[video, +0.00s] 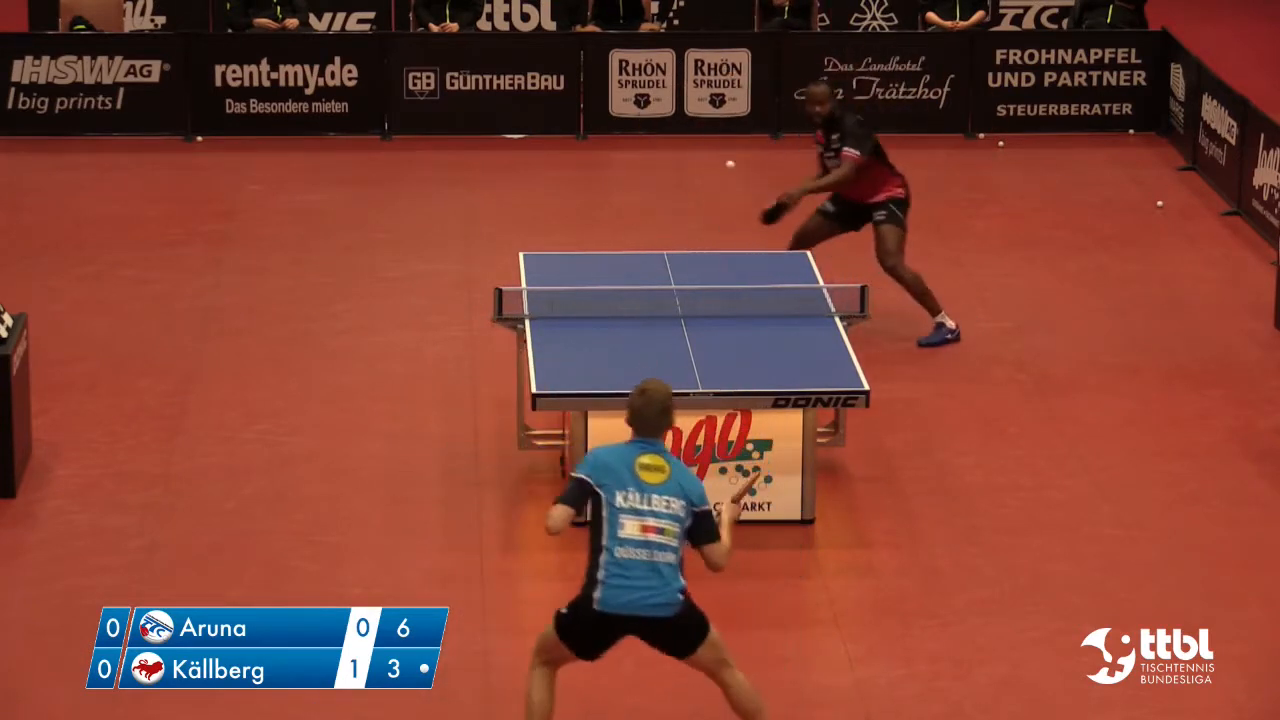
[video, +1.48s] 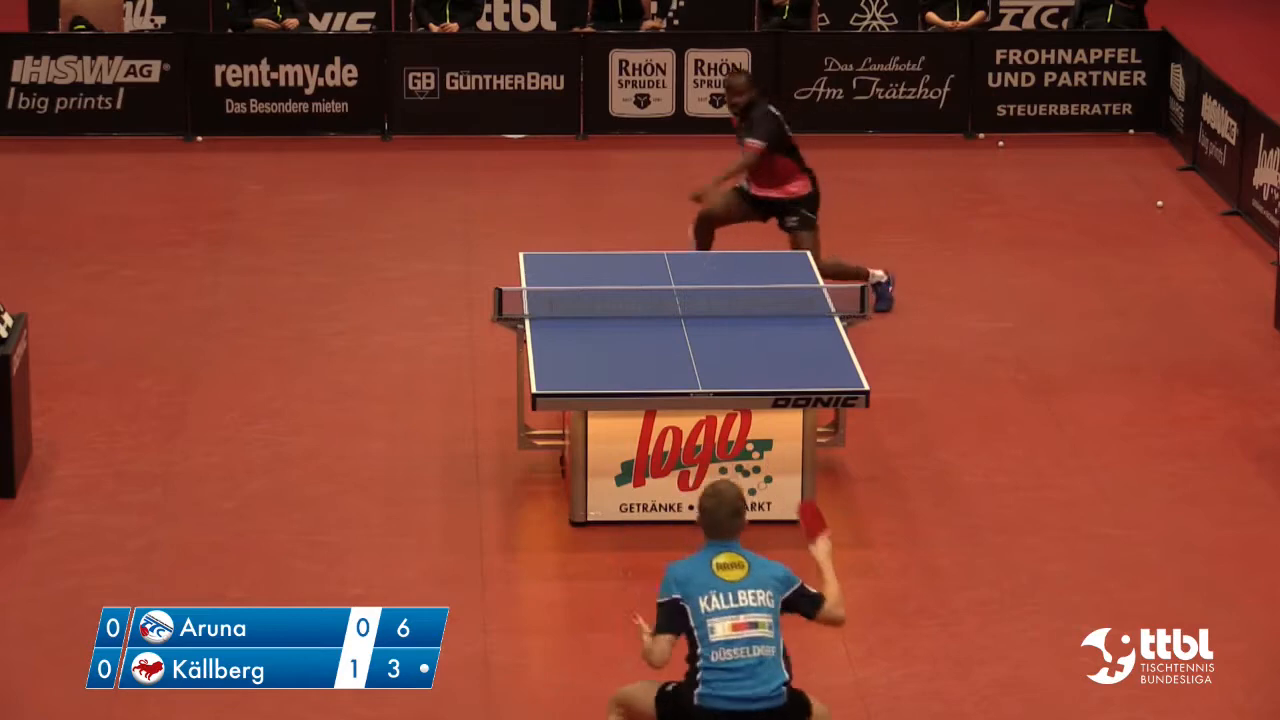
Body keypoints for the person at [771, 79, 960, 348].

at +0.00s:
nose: (816, 110)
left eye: (821, 103)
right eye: (811, 104)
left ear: (834, 101)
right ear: (806, 106)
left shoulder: (853, 125)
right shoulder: (821, 131)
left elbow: (845, 172)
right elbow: (823, 177)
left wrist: (799, 192)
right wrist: (787, 203)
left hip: (887, 196)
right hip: (851, 198)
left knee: (890, 261)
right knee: (800, 241)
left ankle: (945, 323)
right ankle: (788, 311)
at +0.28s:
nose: (839, 97)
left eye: (844, 90)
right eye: (836, 91)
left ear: (859, 85)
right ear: (836, 89)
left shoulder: (862, 111)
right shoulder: (883, 98)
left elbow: (836, 148)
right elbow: (920, 119)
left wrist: (796, 174)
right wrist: (929, 142)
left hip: (903, 191)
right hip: (881, 188)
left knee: (888, 264)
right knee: (842, 226)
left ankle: (945, 322)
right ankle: (858, 293)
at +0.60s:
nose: (907, 45)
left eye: (913, 39)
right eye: (904, 39)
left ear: (927, 40)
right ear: (899, 40)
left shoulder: (942, 73)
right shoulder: (894, 59)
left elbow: (979, 88)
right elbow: (886, 12)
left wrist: (984, 49)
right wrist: (928, 5)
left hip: (913, 148)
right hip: (877, 147)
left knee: (928, 206)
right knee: (859, 216)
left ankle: (964, 272)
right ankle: (858, 286)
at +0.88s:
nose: (956, 96)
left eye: (961, 90)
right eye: (951, 89)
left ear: (968, 92)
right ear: (940, 90)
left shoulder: (965, 129)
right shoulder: (921, 108)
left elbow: (963, 180)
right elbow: (909, 84)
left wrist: (986, 217)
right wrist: (952, 58)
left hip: (936, 199)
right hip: (896, 194)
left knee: (979, 244)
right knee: (857, 252)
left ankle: (994, 298)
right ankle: (793, 271)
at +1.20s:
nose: (847, 70)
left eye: (853, 65)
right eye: (842, 65)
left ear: (862, 65)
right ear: (833, 66)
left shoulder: (878, 96)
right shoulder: (819, 91)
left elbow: (903, 133)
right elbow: (794, 120)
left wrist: (923, 174)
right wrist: (782, 130)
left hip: (863, 174)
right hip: (820, 170)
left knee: (886, 230)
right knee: (780, 216)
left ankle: (901, 284)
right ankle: (769, 277)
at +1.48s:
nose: (733, 100)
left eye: (738, 94)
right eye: (729, 95)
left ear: (753, 93)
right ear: (725, 94)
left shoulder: (763, 116)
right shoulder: (740, 116)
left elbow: (750, 160)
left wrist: (713, 187)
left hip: (796, 196)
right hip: (760, 192)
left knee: (811, 267)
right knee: (706, 217)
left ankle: (877, 278)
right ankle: (699, 277)